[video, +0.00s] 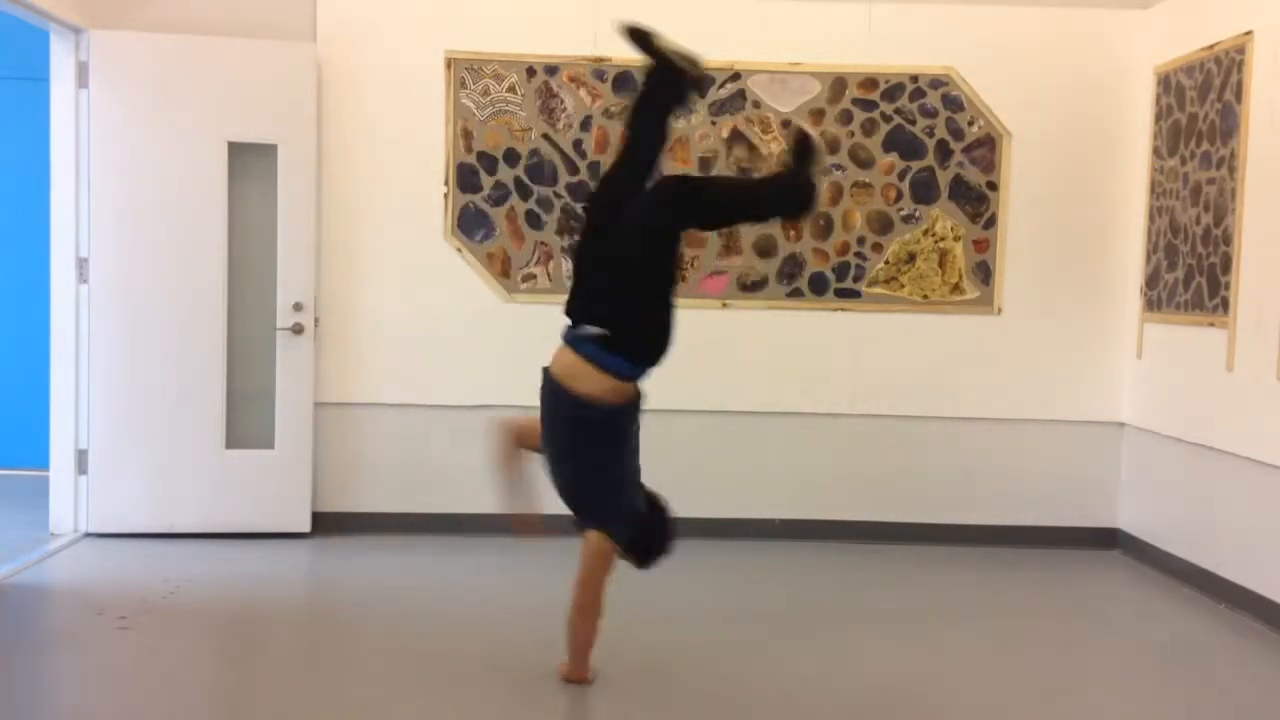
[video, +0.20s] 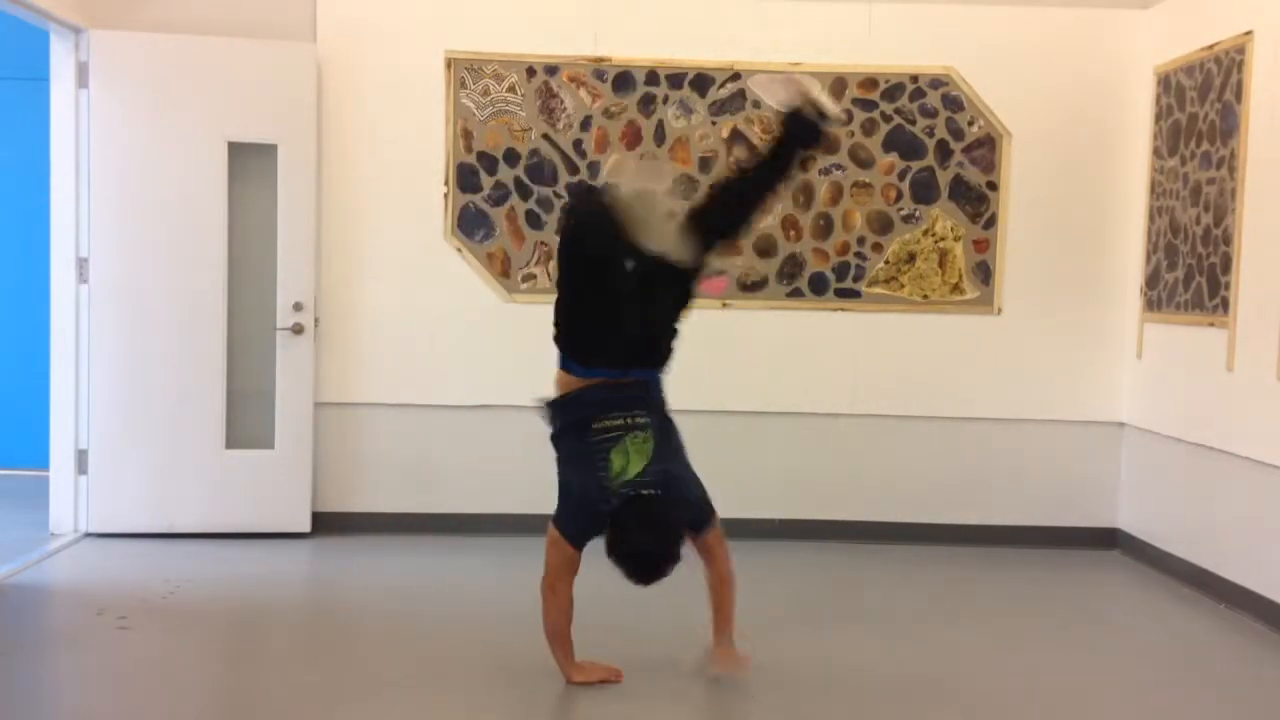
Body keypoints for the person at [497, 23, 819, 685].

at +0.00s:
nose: (626, 559)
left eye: (635, 553)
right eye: (636, 554)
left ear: (641, 512)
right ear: (642, 536)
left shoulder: (579, 464)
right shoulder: (612, 515)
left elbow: (514, 432)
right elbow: (587, 596)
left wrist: (517, 499)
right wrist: (577, 668)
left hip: (583, 334)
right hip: (630, 341)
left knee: (615, 195)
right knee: (667, 203)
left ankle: (664, 81)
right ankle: (792, 189)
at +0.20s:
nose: (647, 573)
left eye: (657, 567)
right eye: (638, 570)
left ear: (674, 536)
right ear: (614, 544)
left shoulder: (685, 498)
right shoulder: (579, 510)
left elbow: (720, 564)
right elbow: (555, 588)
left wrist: (723, 643)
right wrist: (568, 668)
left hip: (647, 367)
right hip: (582, 368)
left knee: (704, 230)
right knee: (583, 226)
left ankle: (800, 131)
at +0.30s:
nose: (626, 584)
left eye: (636, 581)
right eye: (616, 580)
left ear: (656, 549)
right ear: (597, 548)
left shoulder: (686, 513)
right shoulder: (575, 513)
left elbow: (713, 590)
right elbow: (553, 586)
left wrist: (719, 671)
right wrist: (565, 666)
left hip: (673, 355)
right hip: (606, 349)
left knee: (746, 248)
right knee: (577, 236)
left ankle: (852, 170)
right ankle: (529, 179)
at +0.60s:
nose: (616, 578)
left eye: (615, 571)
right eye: (609, 576)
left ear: (623, 548)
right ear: (580, 531)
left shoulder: (674, 520)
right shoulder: (600, 513)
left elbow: (716, 586)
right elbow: (632, 566)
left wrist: (720, 671)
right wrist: (631, 624)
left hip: (686, 372)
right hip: (629, 371)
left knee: (734, 245)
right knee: (617, 249)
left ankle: (755, 137)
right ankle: (561, 160)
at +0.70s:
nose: (616, 572)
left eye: (612, 565)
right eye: (606, 570)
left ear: (617, 544)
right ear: (599, 534)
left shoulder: (661, 520)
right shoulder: (606, 508)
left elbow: (707, 586)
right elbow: (638, 566)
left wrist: (720, 670)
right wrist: (635, 625)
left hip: (673, 368)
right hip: (628, 368)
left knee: (678, 244)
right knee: (643, 264)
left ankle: (662, 126)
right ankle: (609, 182)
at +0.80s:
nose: (614, 563)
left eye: (607, 557)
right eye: (605, 561)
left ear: (605, 535)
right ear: (600, 533)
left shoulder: (642, 506)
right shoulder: (616, 501)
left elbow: (695, 575)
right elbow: (644, 562)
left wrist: (709, 658)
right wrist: (637, 623)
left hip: (660, 359)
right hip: (631, 360)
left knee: (634, 228)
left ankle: (584, 121)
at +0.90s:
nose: (606, 559)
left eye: (595, 555)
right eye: (596, 557)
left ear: (593, 531)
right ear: (593, 526)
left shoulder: (626, 500)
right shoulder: (616, 495)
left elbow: (653, 566)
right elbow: (649, 559)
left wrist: (644, 648)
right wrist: (637, 620)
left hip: (630, 355)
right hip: (656, 348)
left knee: (593, 232)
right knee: (682, 288)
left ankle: (531, 125)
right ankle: (705, 222)